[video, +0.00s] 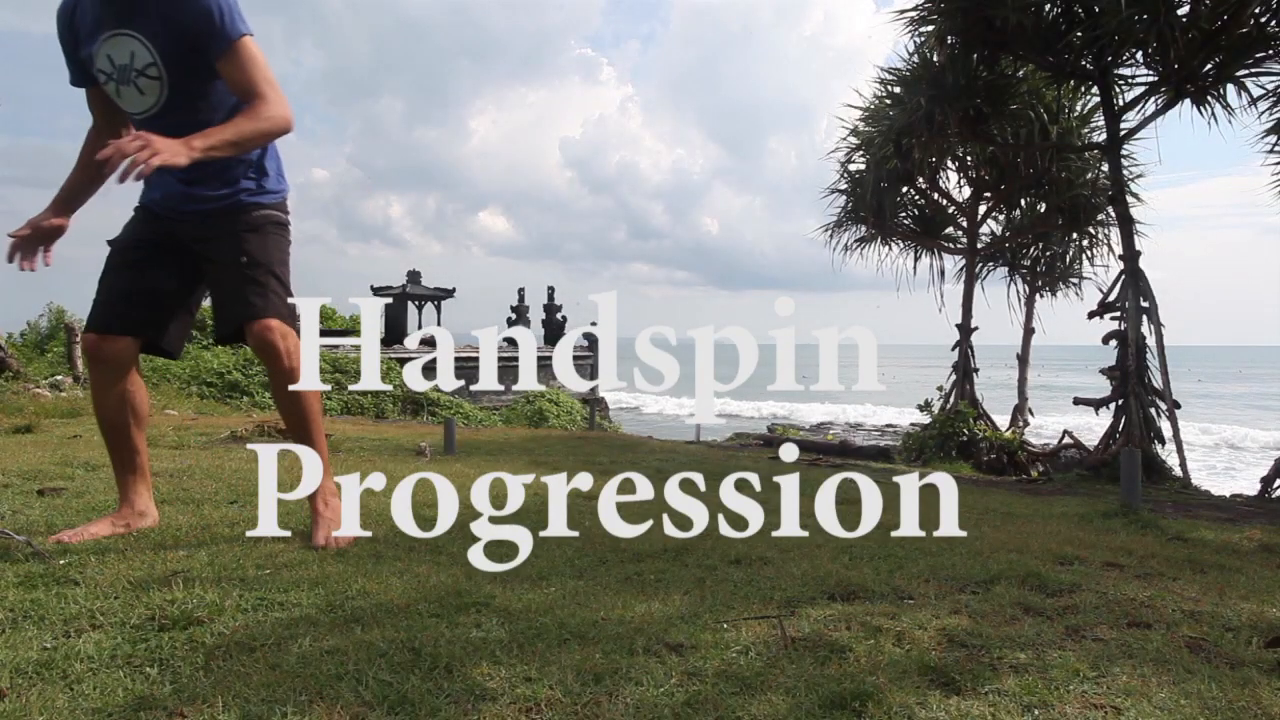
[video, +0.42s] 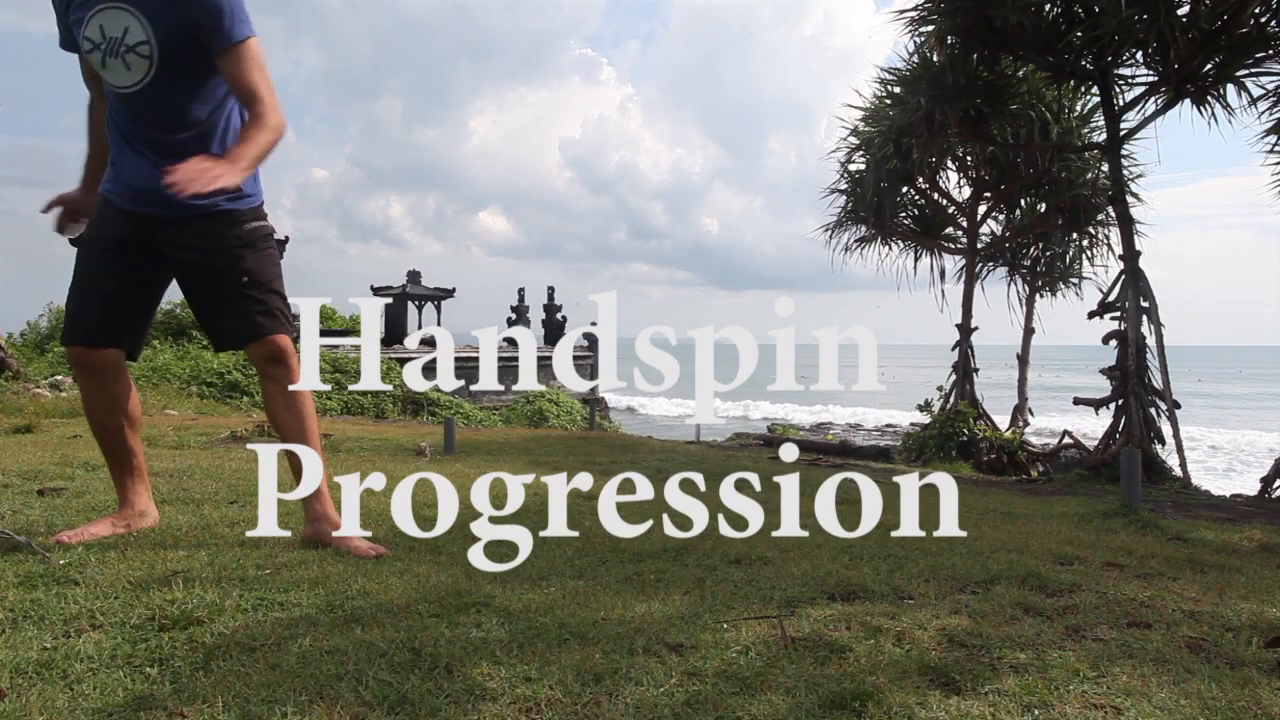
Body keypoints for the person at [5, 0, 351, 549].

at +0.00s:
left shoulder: (200, 6)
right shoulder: (77, 13)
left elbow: (275, 112)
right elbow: (110, 127)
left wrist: (190, 146)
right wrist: (60, 211)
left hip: (245, 196)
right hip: (165, 201)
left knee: (269, 333)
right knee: (107, 346)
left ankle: (325, 493)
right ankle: (137, 507)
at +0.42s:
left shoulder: (207, 6)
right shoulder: (74, 5)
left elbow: (270, 114)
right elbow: (101, 95)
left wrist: (232, 165)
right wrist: (90, 188)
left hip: (223, 206)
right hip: (127, 206)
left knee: (276, 348)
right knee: (91, 349)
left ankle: (322, 516)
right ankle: (136, 506)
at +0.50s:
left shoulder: (239, 6)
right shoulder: (84, 3)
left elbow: (297, 96)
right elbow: (84, 91)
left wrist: (308, 127)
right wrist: (39, 178)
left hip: (224, 186)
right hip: (127, 190)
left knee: (279, 337)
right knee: (96, 344)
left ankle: (304, 514)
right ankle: (136, 506)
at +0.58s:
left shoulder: (259, 5)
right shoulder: (100, 2)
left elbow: (321, 97)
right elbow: (64, 80)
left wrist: (358, 127)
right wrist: (4, 146)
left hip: (227, 188)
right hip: (129, 188)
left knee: (278, 333)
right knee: (104, 347)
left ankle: (293, 510)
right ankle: (135, 505)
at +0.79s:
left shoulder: (337, 10)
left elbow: (371, 116)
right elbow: (72, 7)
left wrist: (455, 153)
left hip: (271, 191)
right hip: (171, 180)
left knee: (310, 343)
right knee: (124, 349)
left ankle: (295, 523)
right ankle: (105, 472)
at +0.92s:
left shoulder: (355, 18)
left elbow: (360, 123)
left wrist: (437, 166)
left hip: (292, 191)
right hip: (203, 170)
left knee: (338, 349)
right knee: (168, 344)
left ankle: (295, 522)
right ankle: (74, 451)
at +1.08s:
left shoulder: (358, 13)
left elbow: (309, 100)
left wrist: (354, 169)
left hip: (317, 183)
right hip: (258, 156)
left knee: (368, 347)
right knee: (273, 345)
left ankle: (297, 519)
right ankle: (89, 490)